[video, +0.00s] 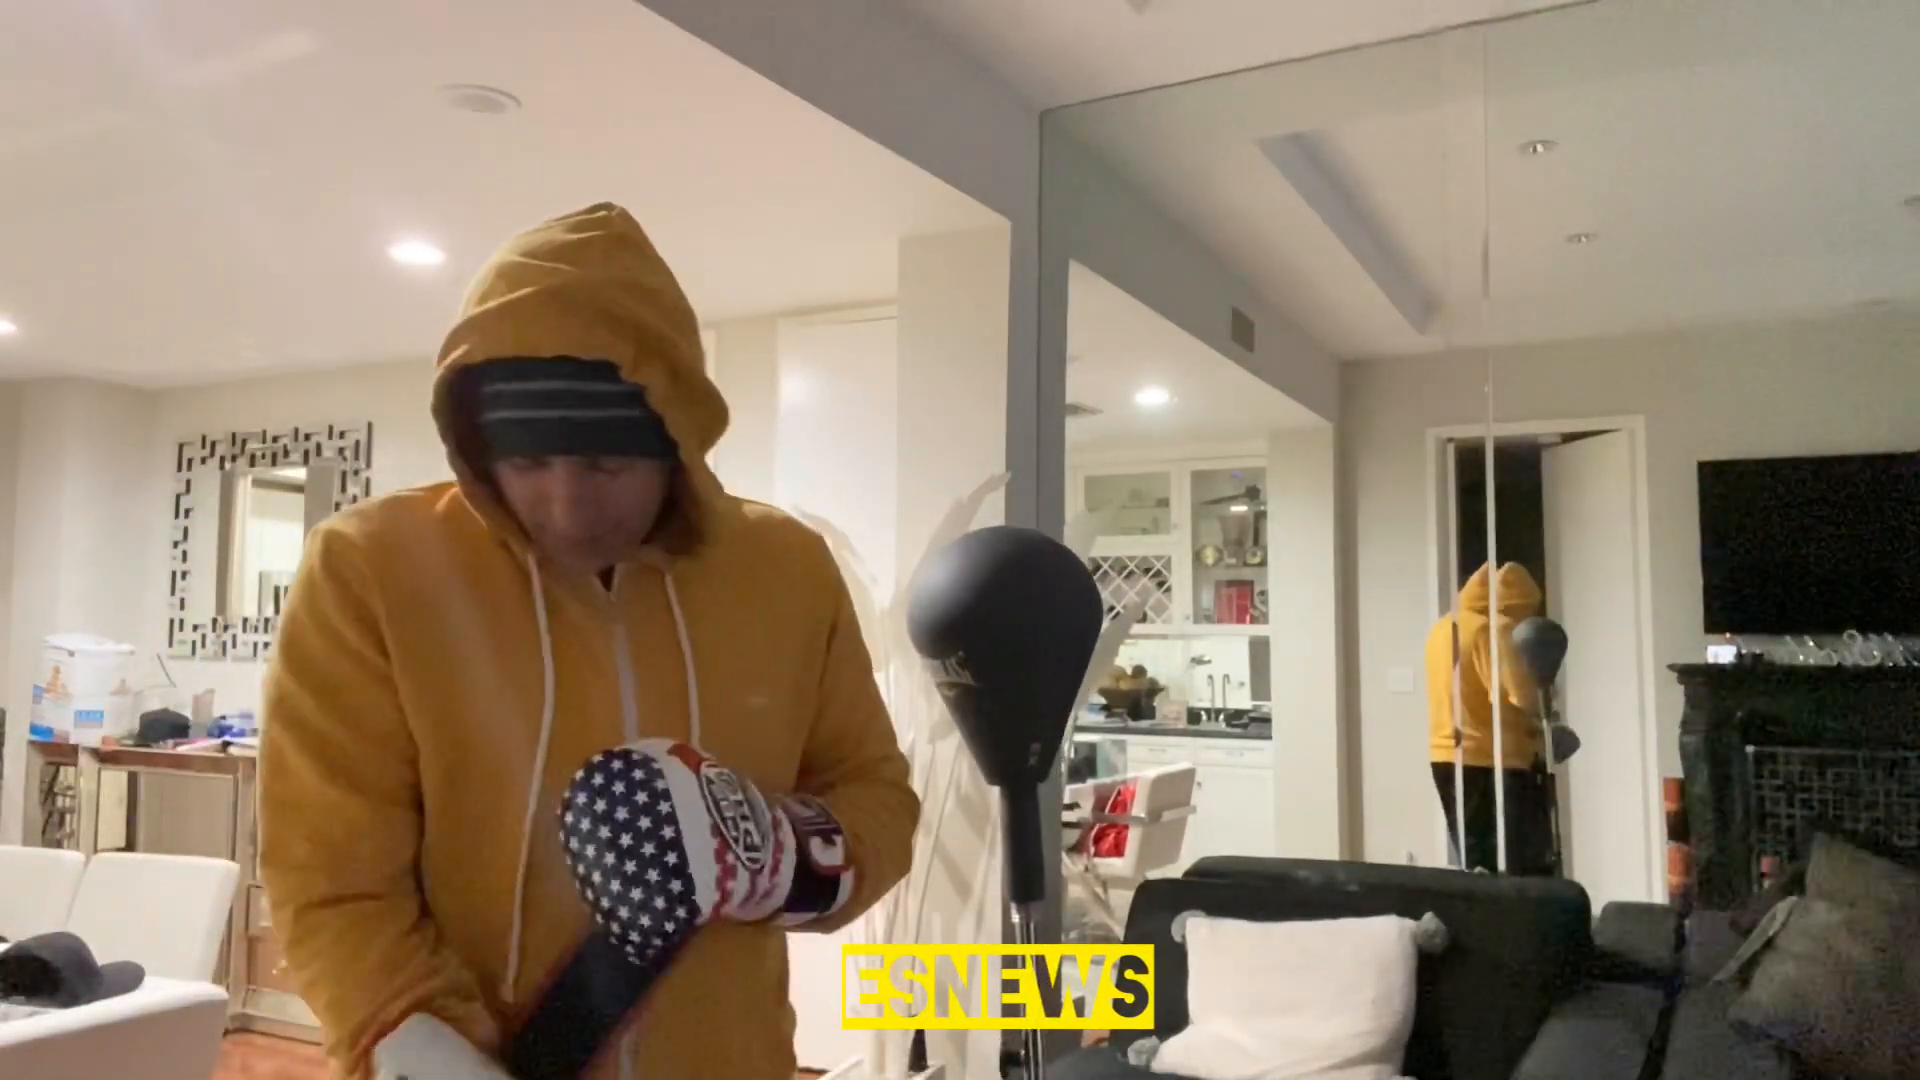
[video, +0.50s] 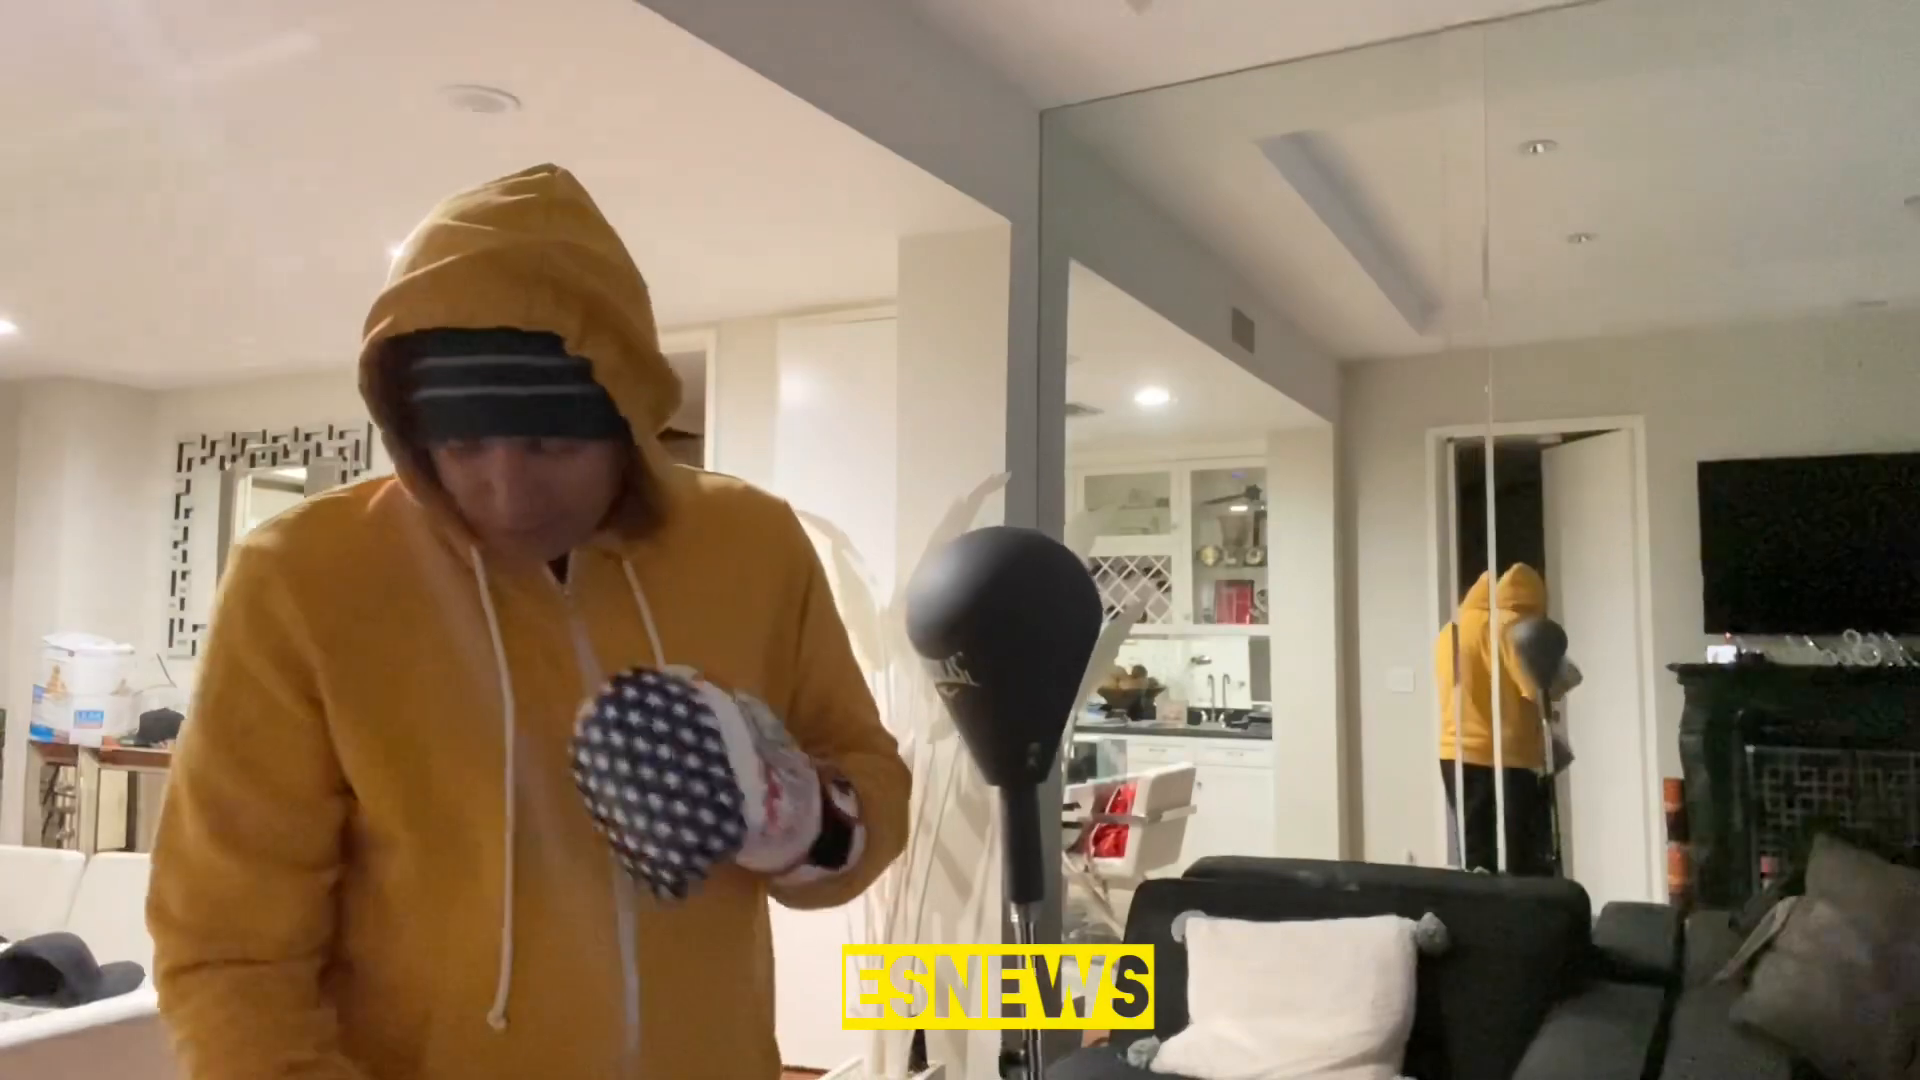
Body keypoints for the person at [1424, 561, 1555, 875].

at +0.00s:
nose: (1527, 617)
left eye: (1530, 609)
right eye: (1527, 608)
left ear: (1479, 591)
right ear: (1512, 601)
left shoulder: (1442, 629)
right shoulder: (1491, 629)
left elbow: (1450, 699)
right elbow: (1524, 695)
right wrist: (1544, 700)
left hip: (1449, 764)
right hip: (1495, 765)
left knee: (1473, 861)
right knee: (1521, 863)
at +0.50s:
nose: (1538, 616)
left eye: (1538, 610)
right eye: (1538, 608)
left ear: (1489, 589)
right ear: (1530, 599)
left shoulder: (1450, 631)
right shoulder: (1513, 627)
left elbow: (1451, 692)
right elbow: (1535, 687)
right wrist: (1564, 676)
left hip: (1459, 761)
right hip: (1510, 764)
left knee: (1476, 856)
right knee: (1526, 859)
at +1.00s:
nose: (1543, 613)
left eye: (1544, 606)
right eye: (1542, 605)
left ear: (1494, 590)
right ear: (1533, 599)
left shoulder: (1454, 631)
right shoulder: (1526, 632)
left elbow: (1451, 697)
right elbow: (1556, 701)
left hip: (1463, 764)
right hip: (1516, 767)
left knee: (1477, 858)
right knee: (1527, 863)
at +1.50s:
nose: (1543, 605)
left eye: (1543, 598)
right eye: (1541, 597)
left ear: (1484, 589)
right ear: (1531, 594)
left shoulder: (1453, 633)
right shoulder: (1526, 631)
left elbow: (1452, 697)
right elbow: (1560, 692)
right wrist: (1590, 689)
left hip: (1465, 767)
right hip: (1519, 769)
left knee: (1478, 867)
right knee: (1529, 870)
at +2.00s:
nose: (1542, 600)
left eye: (1541, 593)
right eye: (1539, 591)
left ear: (1481, 585)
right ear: (1527, 591)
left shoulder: (1453, 631)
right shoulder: (1523, 631)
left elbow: (1453, 692)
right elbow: (1552, 693)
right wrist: (1577, 677)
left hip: (1465, 762)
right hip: (1518, 765)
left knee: (1477, 851)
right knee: (1527, 854)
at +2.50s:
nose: (1527, 590)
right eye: (1522, 584)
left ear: (1466, 587)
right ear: (1513, 587)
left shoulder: (1446, 634)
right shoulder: (1525, 635)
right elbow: (1589, 690)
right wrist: (1566, 701)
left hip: (1461, 764)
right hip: (1518, 767)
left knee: (1476, 859)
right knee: (1527, 864)